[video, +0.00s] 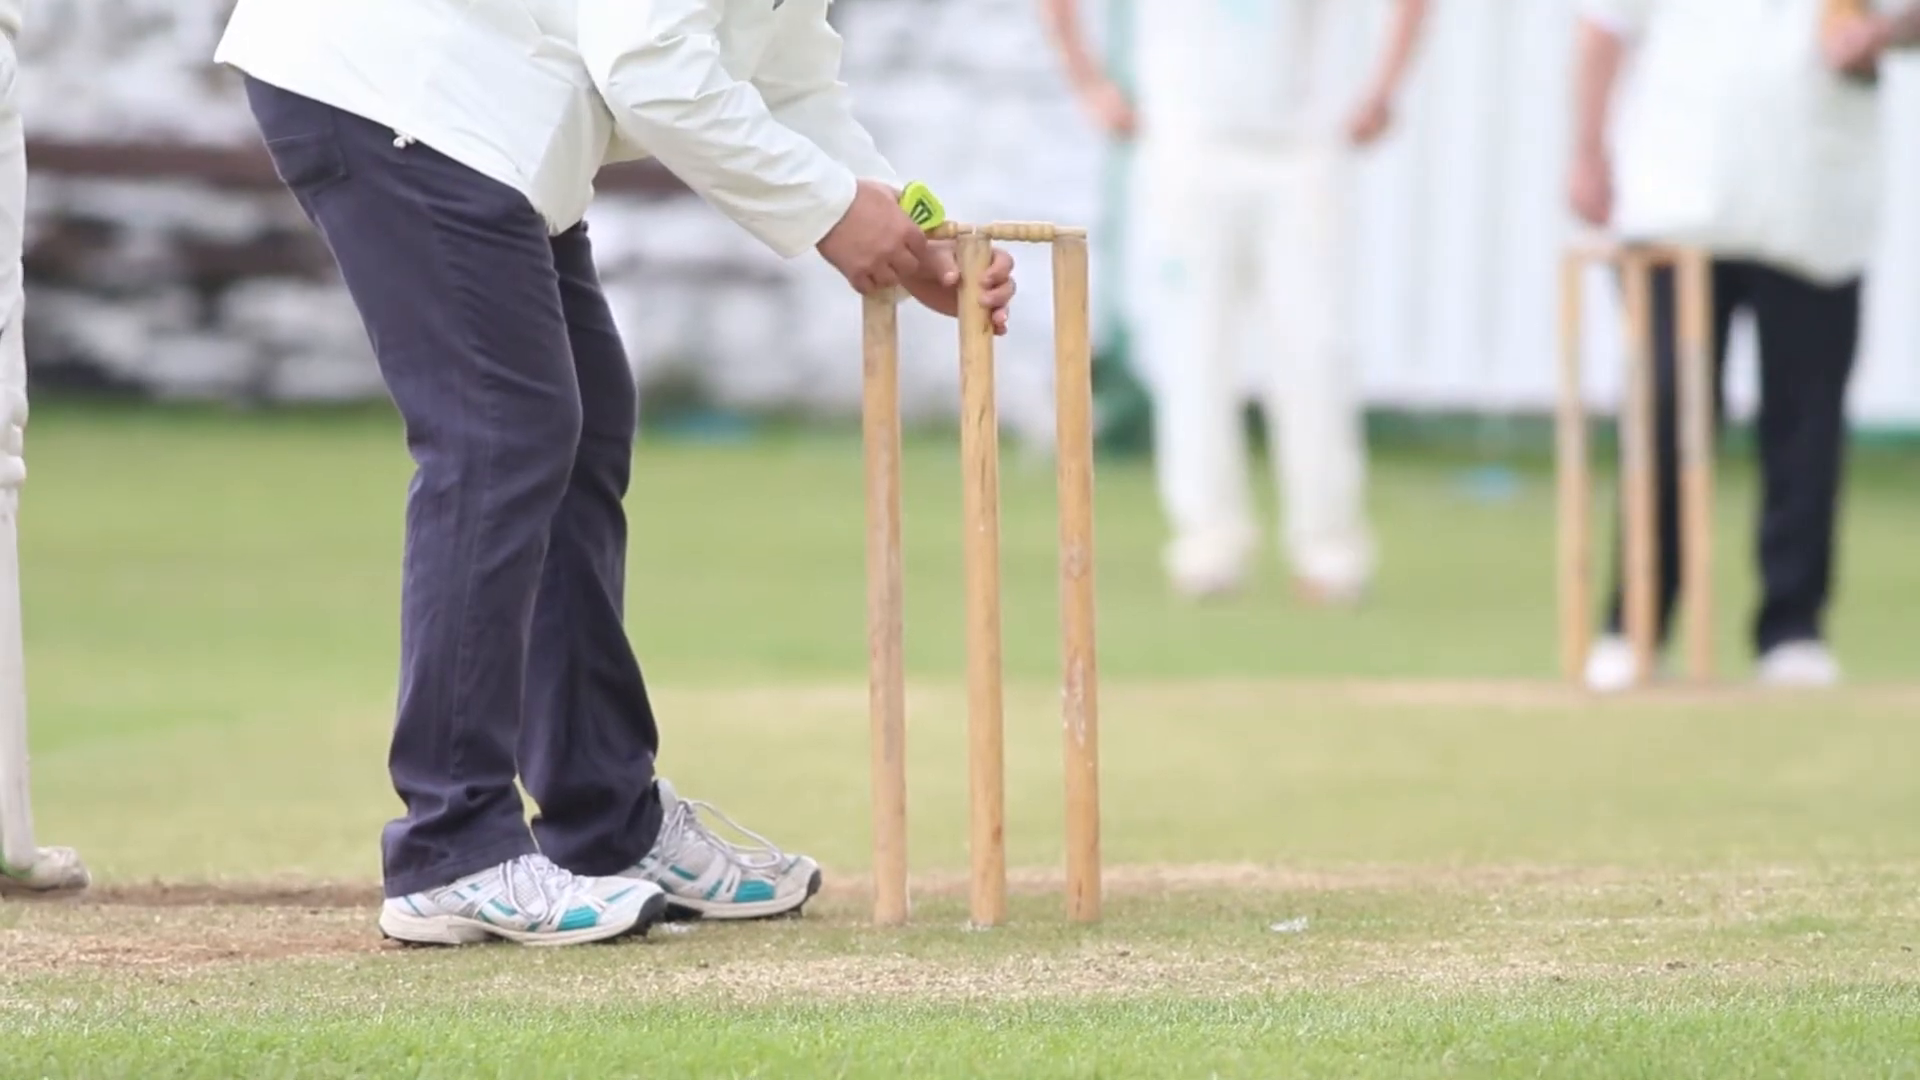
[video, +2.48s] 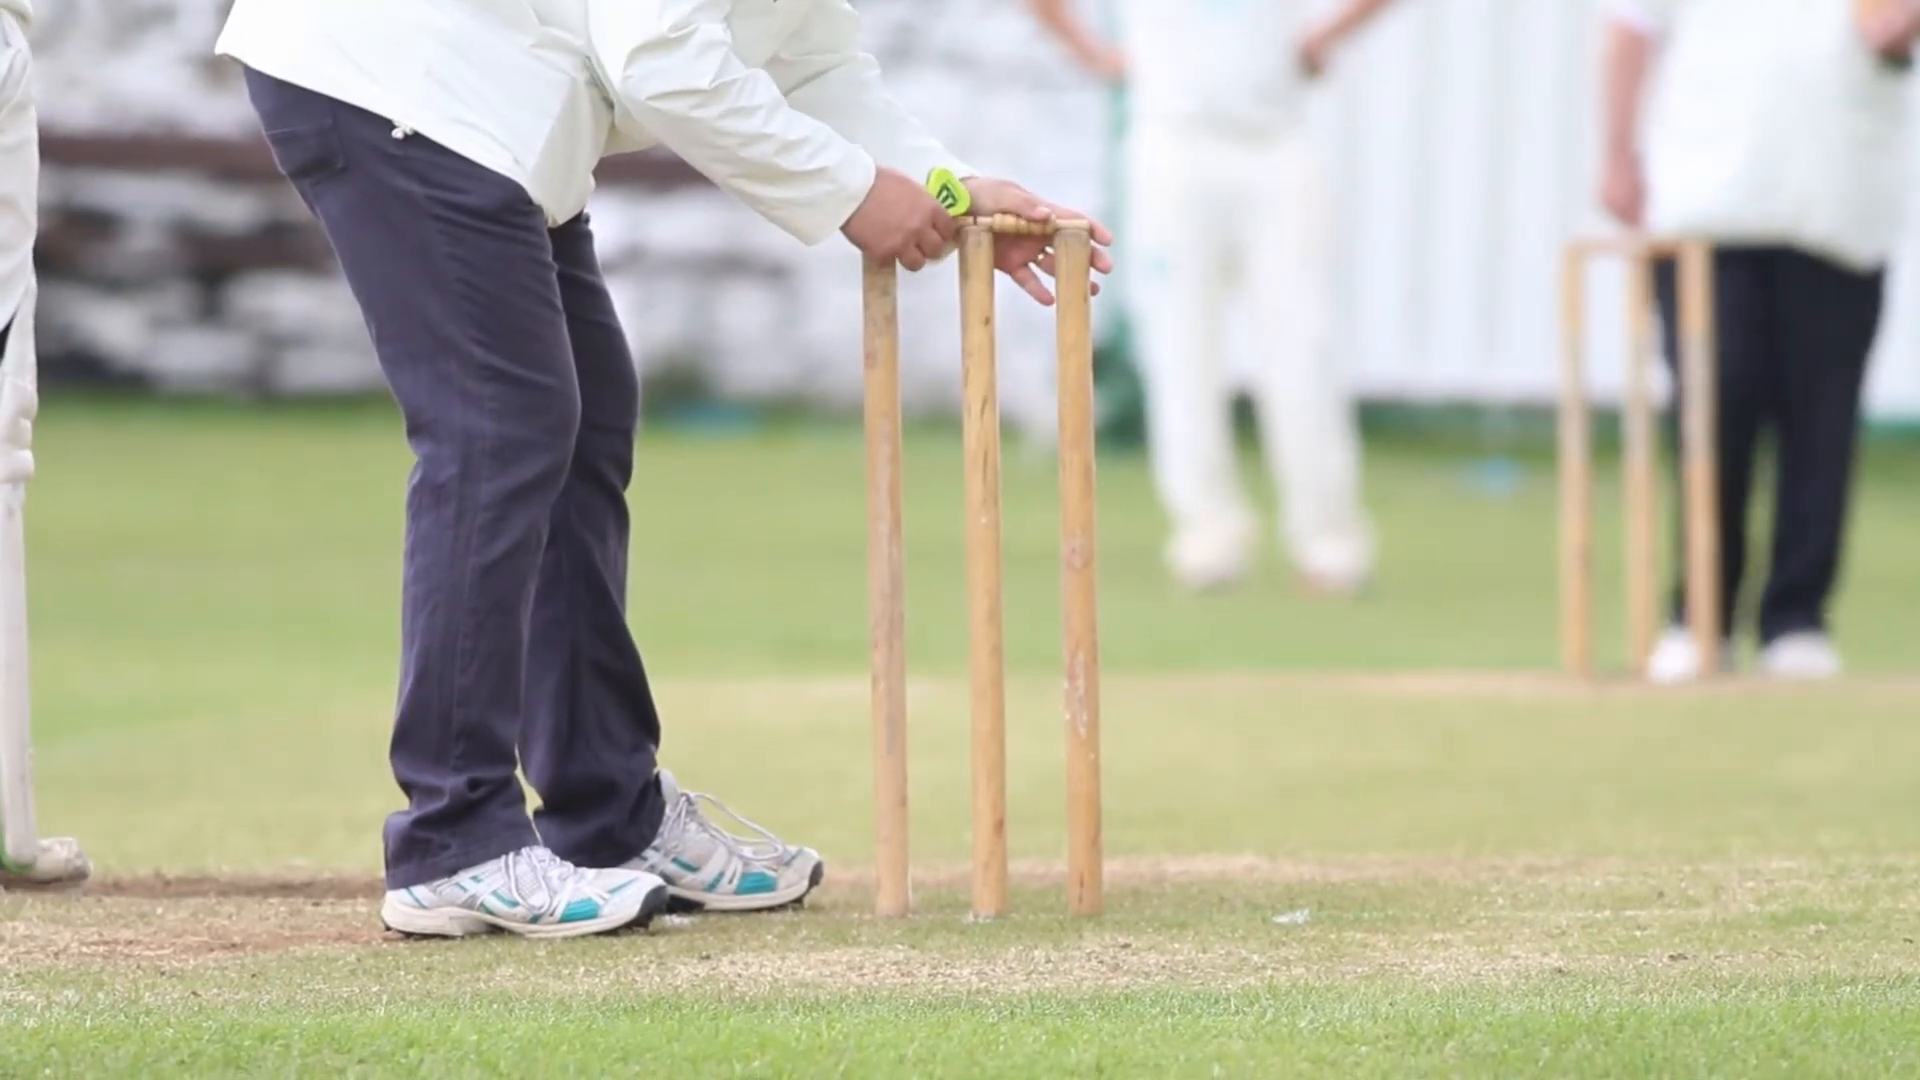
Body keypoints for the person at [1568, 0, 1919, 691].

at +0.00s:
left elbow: (1907, 14)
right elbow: (1605, 20)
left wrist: (1879, 29)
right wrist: (1591, 152)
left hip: (1818, 196)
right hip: (1676, 190)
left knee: (1804, 438)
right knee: (1662, 426)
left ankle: (1792, 635)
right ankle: (1631, 631)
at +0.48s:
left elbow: (1892, 11)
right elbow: (1568, 26)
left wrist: (1845, 14)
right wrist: (1568, 166)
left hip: (1787, 203)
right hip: (1644, 202)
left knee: (1784, 437)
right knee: (1649, 438)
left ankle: (1788, 633)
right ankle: (1654, 639)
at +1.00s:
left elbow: (1856, 10)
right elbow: (1530, 27)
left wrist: (1806, 13)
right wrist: (1518, 165)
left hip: (1751, 199)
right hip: (1615, 200)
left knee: (1761, 428)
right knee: (1631, 439)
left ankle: (1785, 628)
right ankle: (1650, 636)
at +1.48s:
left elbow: (1862, 10)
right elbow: (1540, 27)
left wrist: (1816, 12)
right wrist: (1539, 168)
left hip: (1765, 194)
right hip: (1627, 196)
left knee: (1773, 424)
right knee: (1639, 433)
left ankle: (1787, 627)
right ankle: (1651, 635)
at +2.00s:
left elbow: (1887, 17)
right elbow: (1591, 28)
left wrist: (1871, 15)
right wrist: (1587, 166)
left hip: (1814, 203)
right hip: (1671, 201)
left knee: (1801, 438)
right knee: (1674, 440)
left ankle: (1793, 628)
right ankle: (1657, 634)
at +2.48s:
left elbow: (1888, 27)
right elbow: (1632, 24)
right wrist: (1620, 158)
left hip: (1843, 200)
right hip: (1707, 193)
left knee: (1820, 433)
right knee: (1708, 428)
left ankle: (1797, 626)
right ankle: (1697, 626)